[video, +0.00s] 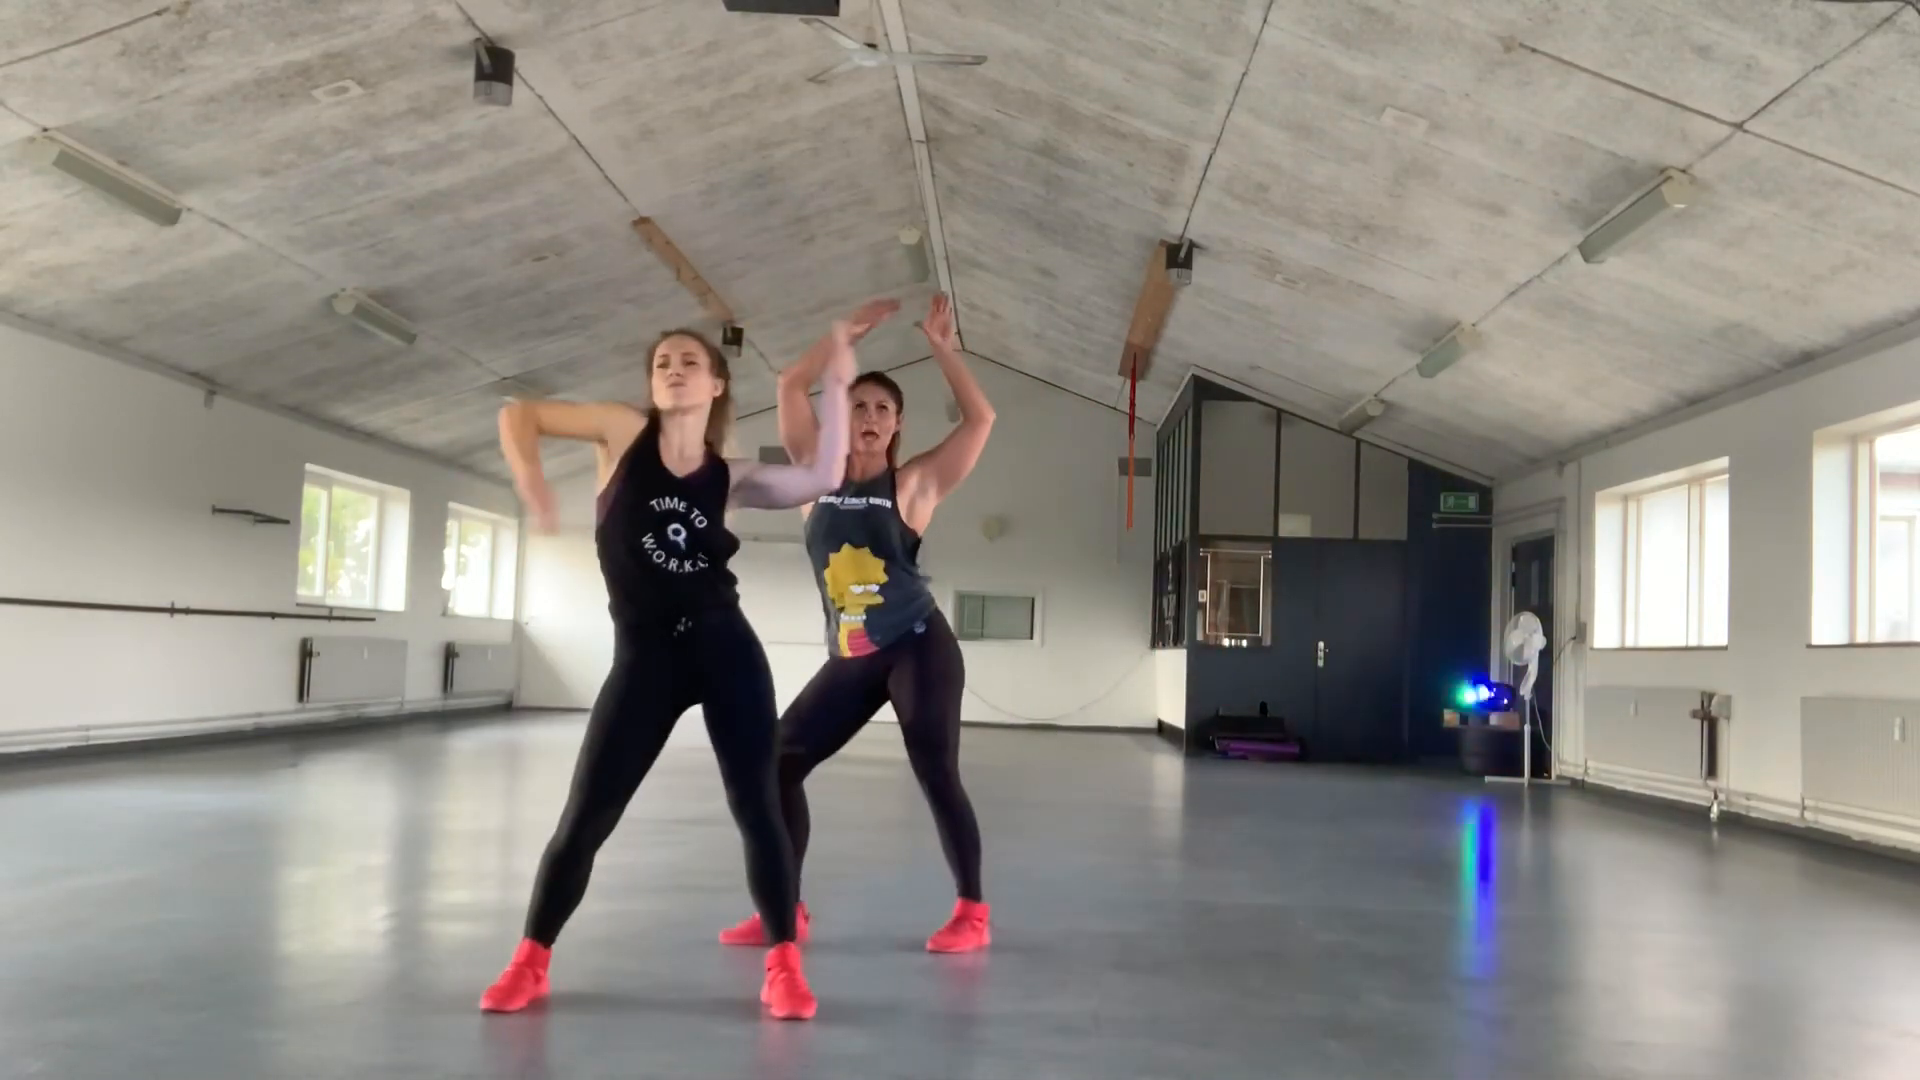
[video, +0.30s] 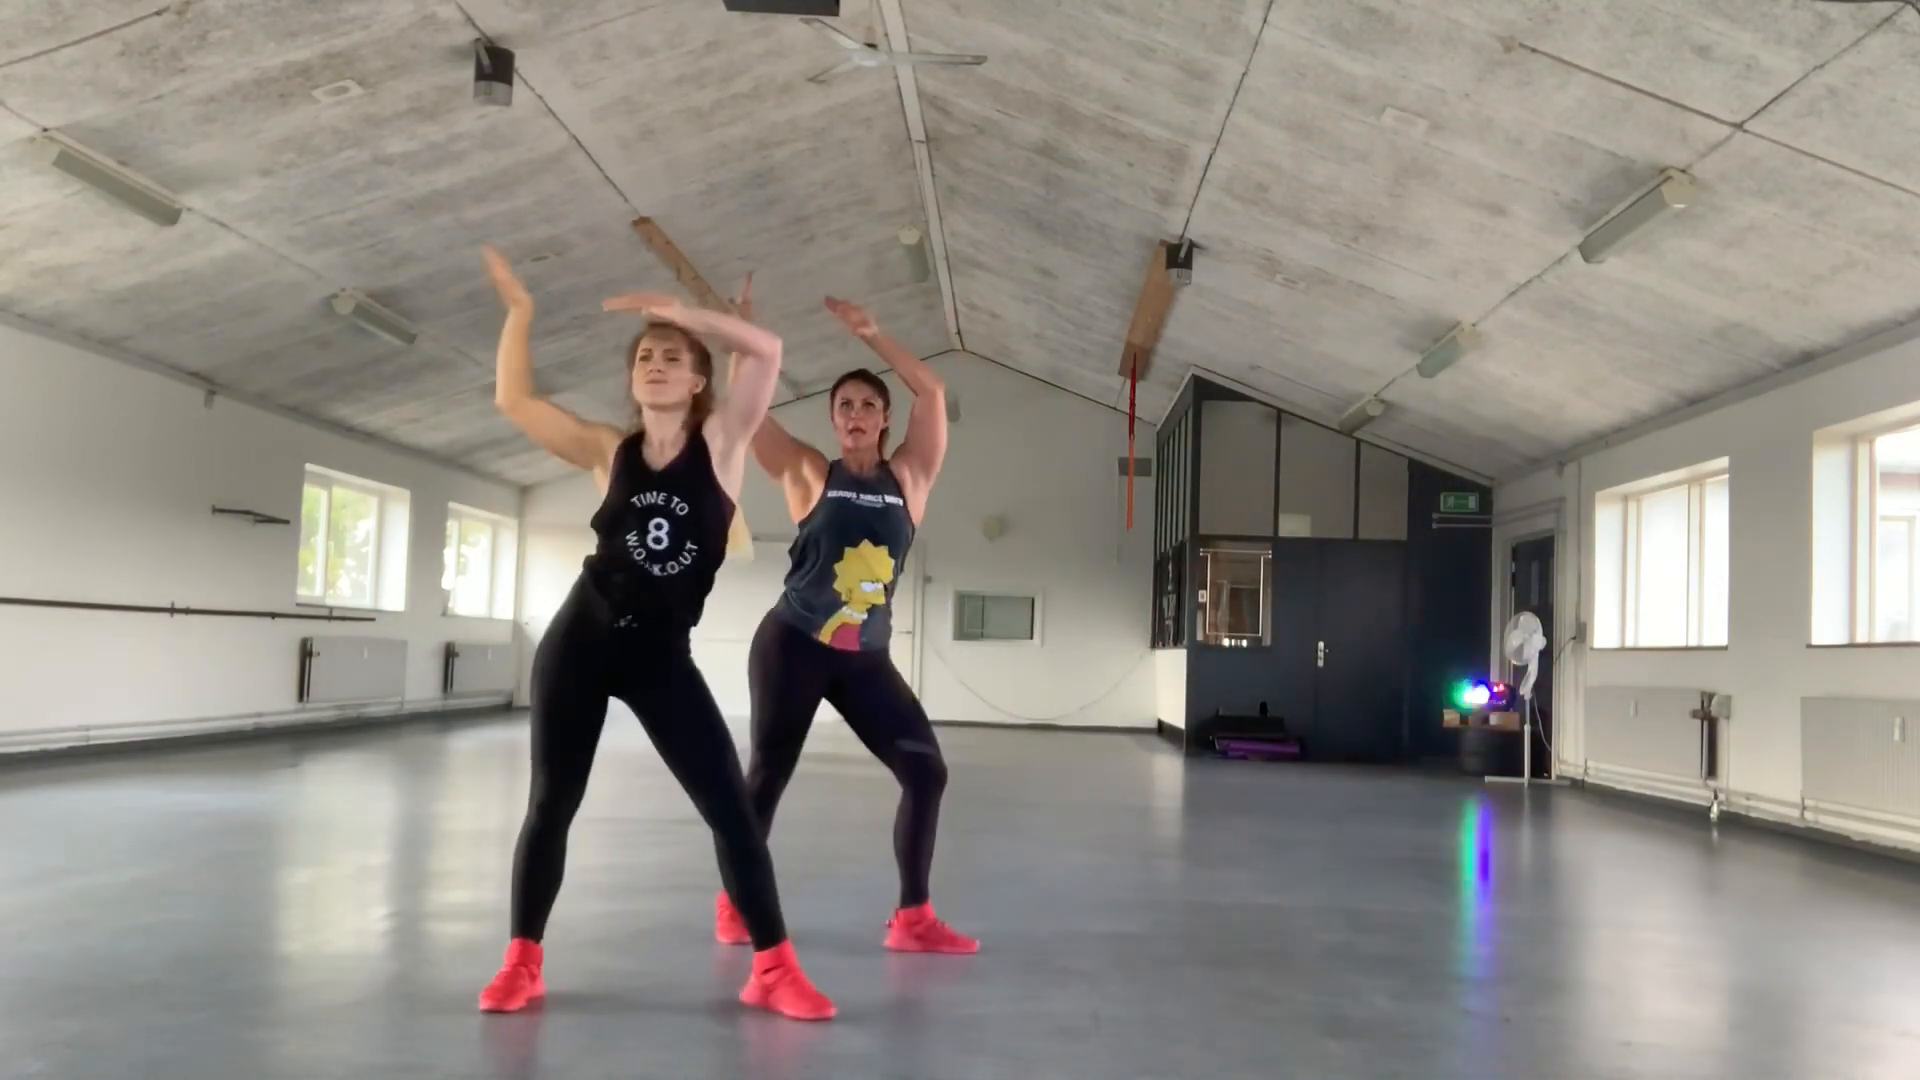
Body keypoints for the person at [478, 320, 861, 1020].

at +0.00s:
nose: (674, 371)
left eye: (690, 363)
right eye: (663, 364)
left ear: (719, 386)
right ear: (649, 385)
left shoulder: (729, 477)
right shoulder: (623, 429)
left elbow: (821, 476)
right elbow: (518, 414)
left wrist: (835, 380)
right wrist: (534, 487)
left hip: (728, 658)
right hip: (644, 663)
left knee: (756, 808)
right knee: (583, 822)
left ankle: (786, 962)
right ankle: (531, 959)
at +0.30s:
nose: (658, 367)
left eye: (675, 360)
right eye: (647, 358)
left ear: (700, 381)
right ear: (631, 378)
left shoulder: (723, 445)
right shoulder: (608, 450)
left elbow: (767, 350)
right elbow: (514, 400)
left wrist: (680, 312)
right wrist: (520, 310)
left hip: (662, 659)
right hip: (580, 645)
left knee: (728, 801)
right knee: (553, 801)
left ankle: (774, 965)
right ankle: (521, 959)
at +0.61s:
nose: (687, 363)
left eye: (703, 355)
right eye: (677, 351)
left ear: (725, 374)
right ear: (657, 365)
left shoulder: (734, 437)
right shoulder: (626, 426)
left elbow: (788, 351)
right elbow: (551, 361)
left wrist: (705, 276)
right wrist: (617, 301)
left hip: (729, 645)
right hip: (658, 651)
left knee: (742, 796)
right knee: (577, 793)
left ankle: (776, 956)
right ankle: (544, 957)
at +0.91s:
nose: (727, 358)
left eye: (741, 349)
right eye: (715, 346)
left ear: (761, 368)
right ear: (695, 362)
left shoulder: (778, 440)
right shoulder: (670, 440)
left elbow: (791, 471)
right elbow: (563, 435)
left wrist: (774, 368)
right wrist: (622, 374)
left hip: (768, 642)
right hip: (689, 646)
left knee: (780, 795)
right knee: (619, 799)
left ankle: (777, 958)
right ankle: (557, 956)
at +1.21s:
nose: (721, 380)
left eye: (734, 369)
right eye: (708, 371)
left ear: (759, 385)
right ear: (691, 392)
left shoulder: (796, 462)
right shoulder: (673, 481)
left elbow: (823, 563)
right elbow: (649, 587)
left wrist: (793, 508)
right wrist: (623, 690)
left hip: (759, 647)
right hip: (681, 653)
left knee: (715, 703)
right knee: (682, 818)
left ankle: (741, 834)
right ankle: (679, 960)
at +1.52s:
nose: (762, 337)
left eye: (778, 325)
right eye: (750, 324)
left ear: (801, 337)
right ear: (730, 333)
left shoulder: (829, 426)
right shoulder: (699, 411)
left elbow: (846, 525)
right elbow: (664, 502)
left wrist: (853, 613)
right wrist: (666, 587)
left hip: (799, 619)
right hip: (717, 617)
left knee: (797, 783)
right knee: (702, 785)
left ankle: (797, 948)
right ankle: (681, 945)